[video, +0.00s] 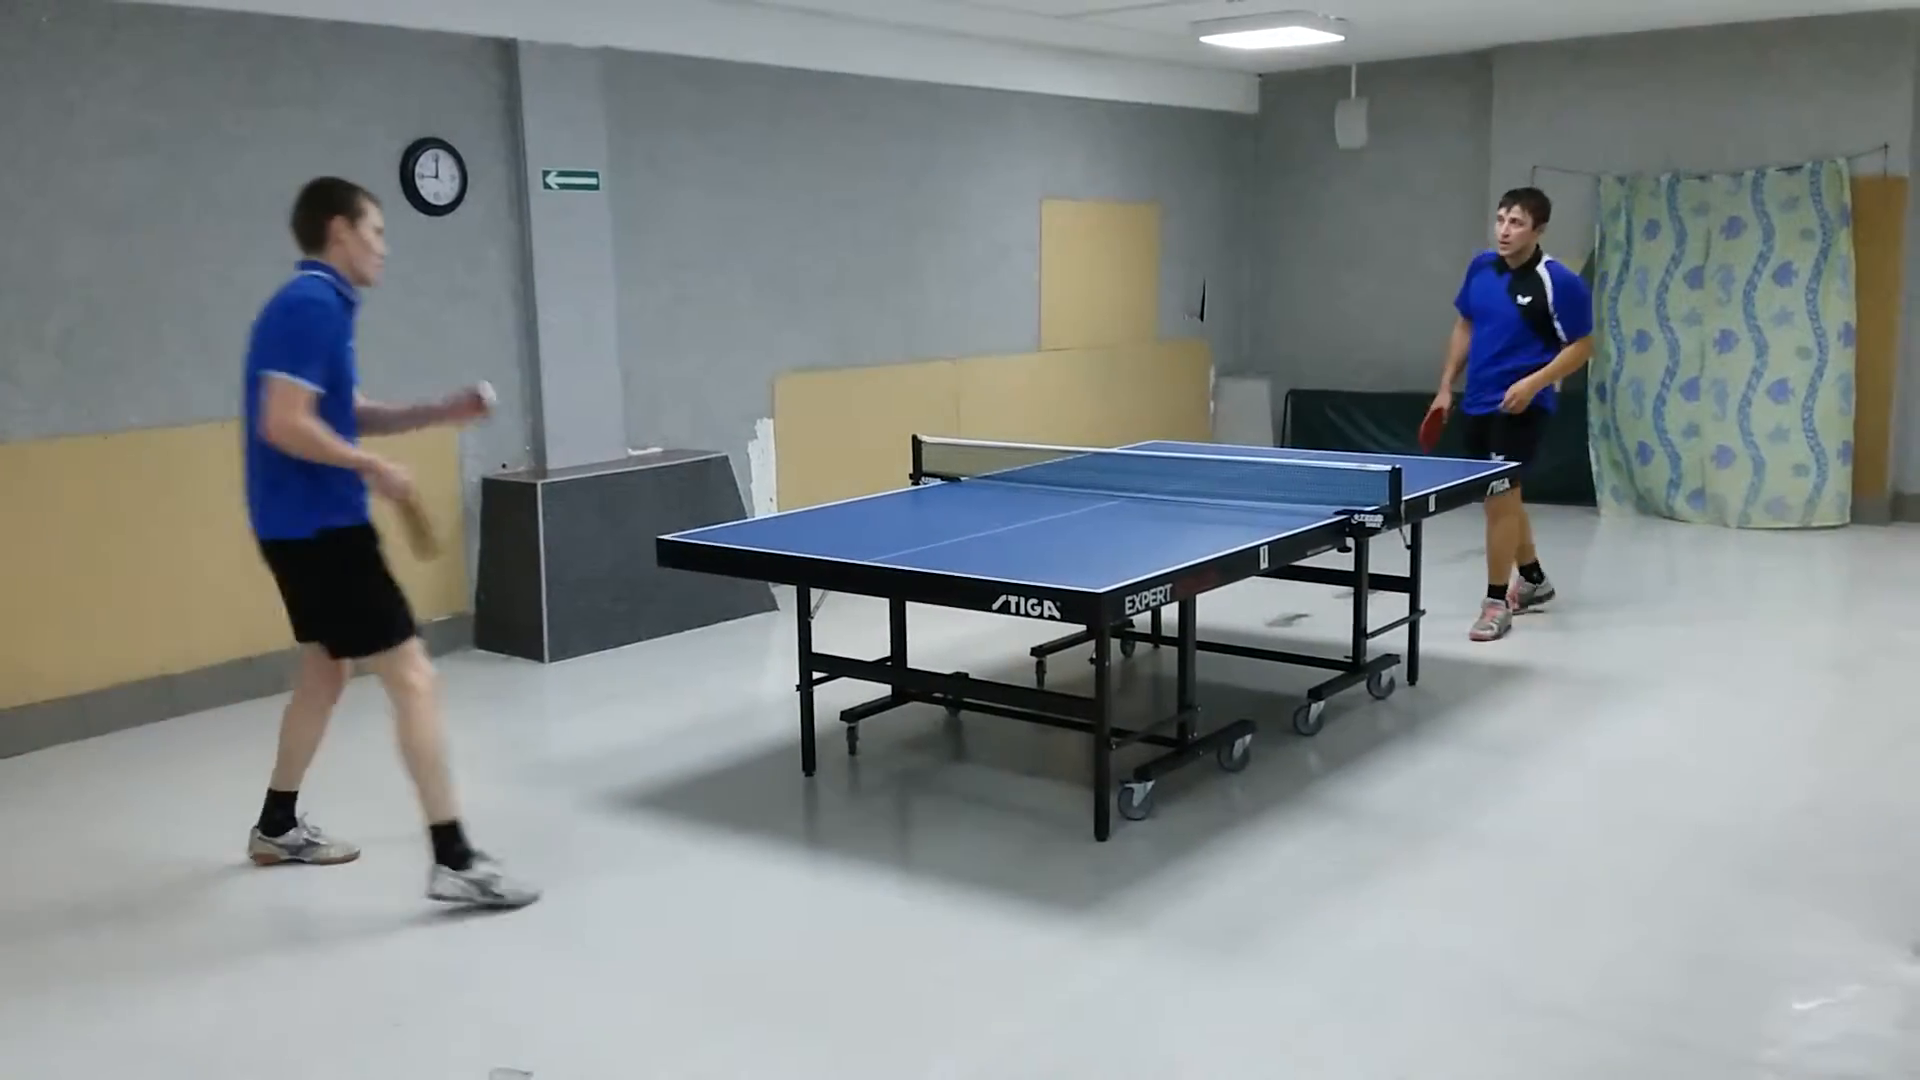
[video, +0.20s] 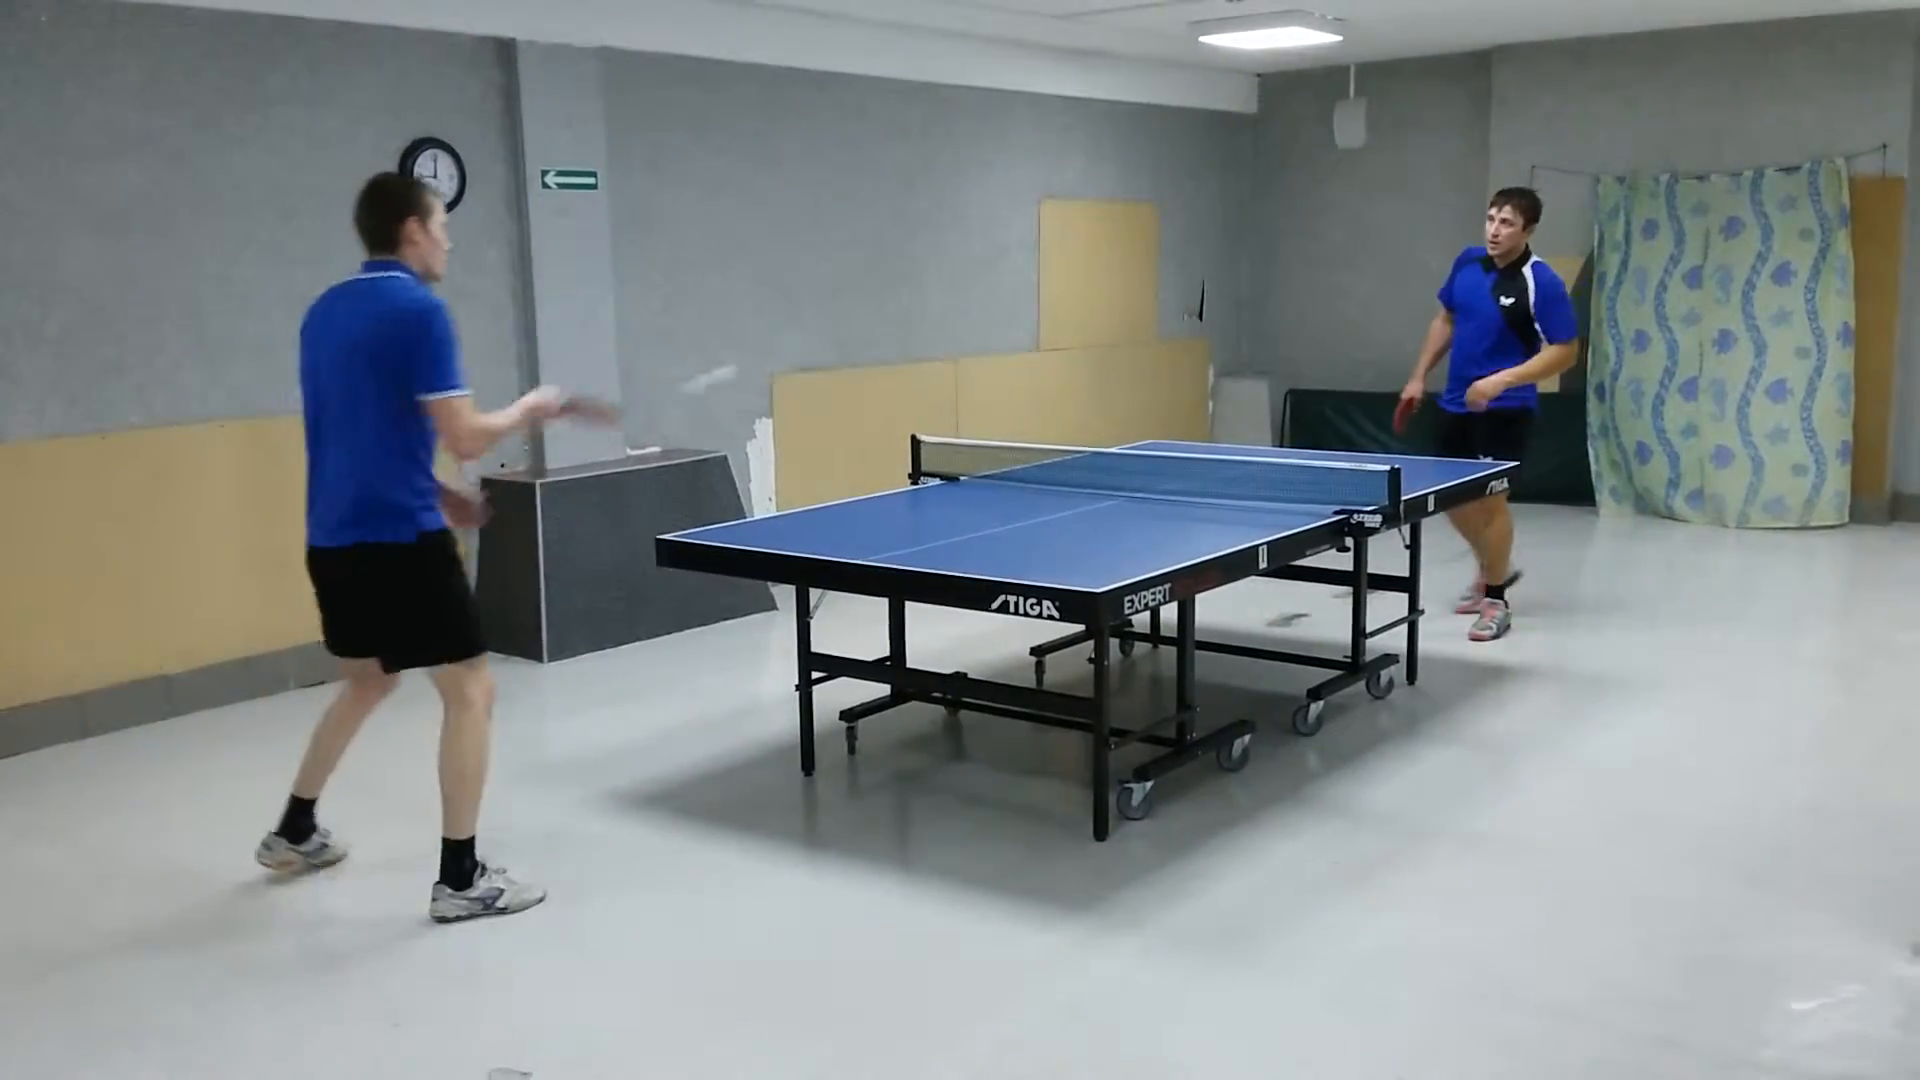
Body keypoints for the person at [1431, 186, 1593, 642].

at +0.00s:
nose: (1504, 229)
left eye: (1516, 223)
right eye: (1501, 220)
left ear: (1538, 231)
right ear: (1494, 224)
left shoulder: (1561, 282)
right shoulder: (1481, 268)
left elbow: (1581, 347)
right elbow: (1464, 326)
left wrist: (1534, 383)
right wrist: (1446, 386)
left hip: (1524, 404)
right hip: (1478, 402)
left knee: (1499, 493)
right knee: (1501, 492)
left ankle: (1496, 601)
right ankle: (1533, 580)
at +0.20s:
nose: (1496, 229)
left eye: (1508, 223)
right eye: (1493, 219)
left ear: (1528, 231)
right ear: (1485, 221)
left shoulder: (1542, 281)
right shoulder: (1468, 262)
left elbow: (1563, 351)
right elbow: (1445, 319)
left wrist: (1502, 379)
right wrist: (1418, 377)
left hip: (1507, 408)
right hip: (1458, 401)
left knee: (1491, 500)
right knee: (1453, 497)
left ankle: (1496, 598)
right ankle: (1495, 569)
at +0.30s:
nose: (1488, 229)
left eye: (1500, 223)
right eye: (1485, 219)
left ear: (1520, 232)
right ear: (1478, 221)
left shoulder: (1533, 280)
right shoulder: (1460, 262)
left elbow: (1550, 351)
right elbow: (1436, 319)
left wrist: (1486, 373)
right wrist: (1405, 373)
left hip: (1497, 409)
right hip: (1447, 404)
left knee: (1487, 501)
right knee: (1439, 495)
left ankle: (1495, 602)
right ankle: (1449, 574)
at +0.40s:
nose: (1482, 224)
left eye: (1495, 218)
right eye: (1480, 214)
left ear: (1514, 226)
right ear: (1472, 218)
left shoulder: (1528, 272)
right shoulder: (1454, 262)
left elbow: (1541, 345)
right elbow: (1430, 317)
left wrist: (1478, 366)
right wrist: (1400, 371)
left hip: (1493, 404)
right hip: (1441, 399)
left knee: (1485, 496)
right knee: (1421, 493)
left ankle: (1497, 595)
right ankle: (1409, 578)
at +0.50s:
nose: (1466, 230)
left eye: (1479, 225)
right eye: (1462, 221)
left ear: (1495, 235)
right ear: (1453, 225)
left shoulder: (1508, 278)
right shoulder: (1433, 267)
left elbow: (1527, 349)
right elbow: (1411, 322)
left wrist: (1469, 367)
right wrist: (1386, 378)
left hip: (1481, 410)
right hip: (1425, 405)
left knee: (1479, 499)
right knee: (1395, 494)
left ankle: (1497, 597)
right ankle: (1364, 580)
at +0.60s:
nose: (1448, 243)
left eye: (1459, 236)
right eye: (1443, 234)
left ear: (1477, 242)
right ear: (1434, 236)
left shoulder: (1493, 285)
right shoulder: (1409, 277)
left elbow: (1517, 352)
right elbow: (1388, 331)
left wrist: (1469, 370)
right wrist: (1371, 387)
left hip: (1469, 416)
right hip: (1408, 411)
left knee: (1476, 504)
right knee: (1370, 492)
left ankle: (1499, 602)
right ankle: (1349, 577)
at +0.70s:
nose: (1432, 253)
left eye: (1442, 245)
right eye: (1425, 244)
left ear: (1457, 251)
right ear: (1413, 247)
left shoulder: (1476, 290)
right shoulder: (1387, 288)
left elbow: (1505, 351)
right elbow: (1362, 341)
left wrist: (1472, 365)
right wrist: (1352, 400)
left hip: (1462, 420)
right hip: (1397, 418)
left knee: (1477, 502)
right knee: (1365, 498)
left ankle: (1499, 599)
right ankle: (1347, 580)